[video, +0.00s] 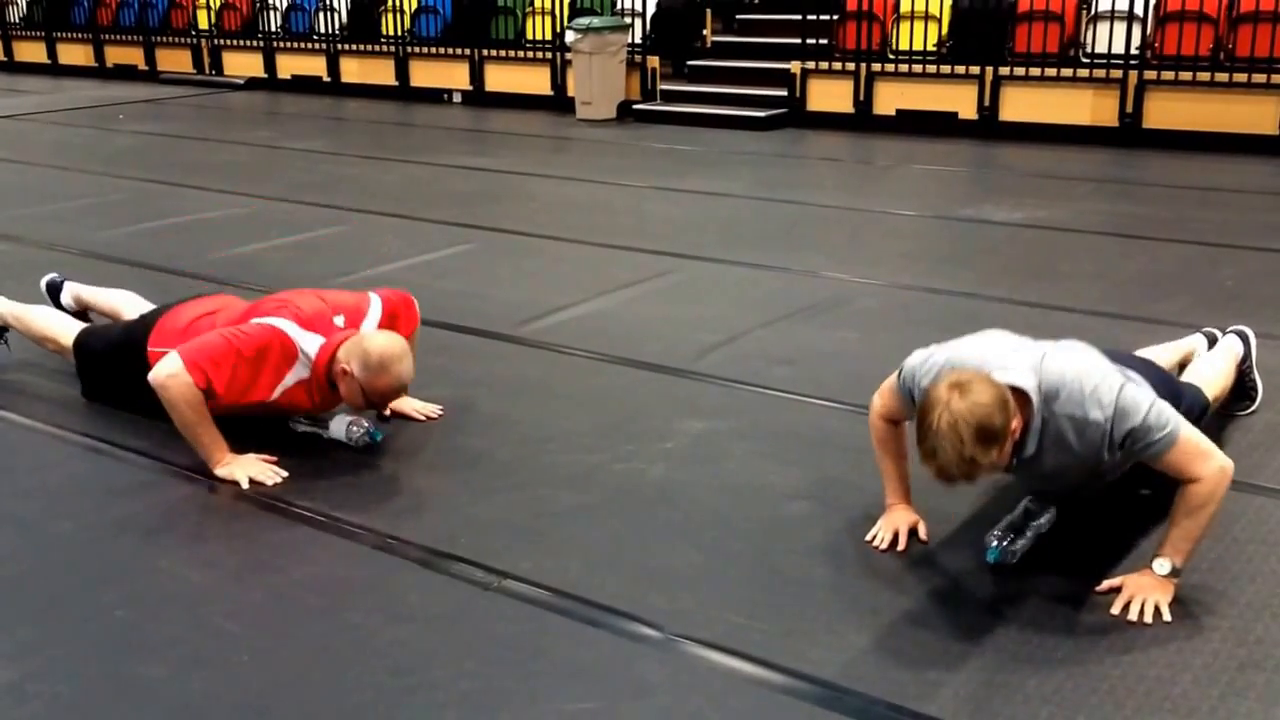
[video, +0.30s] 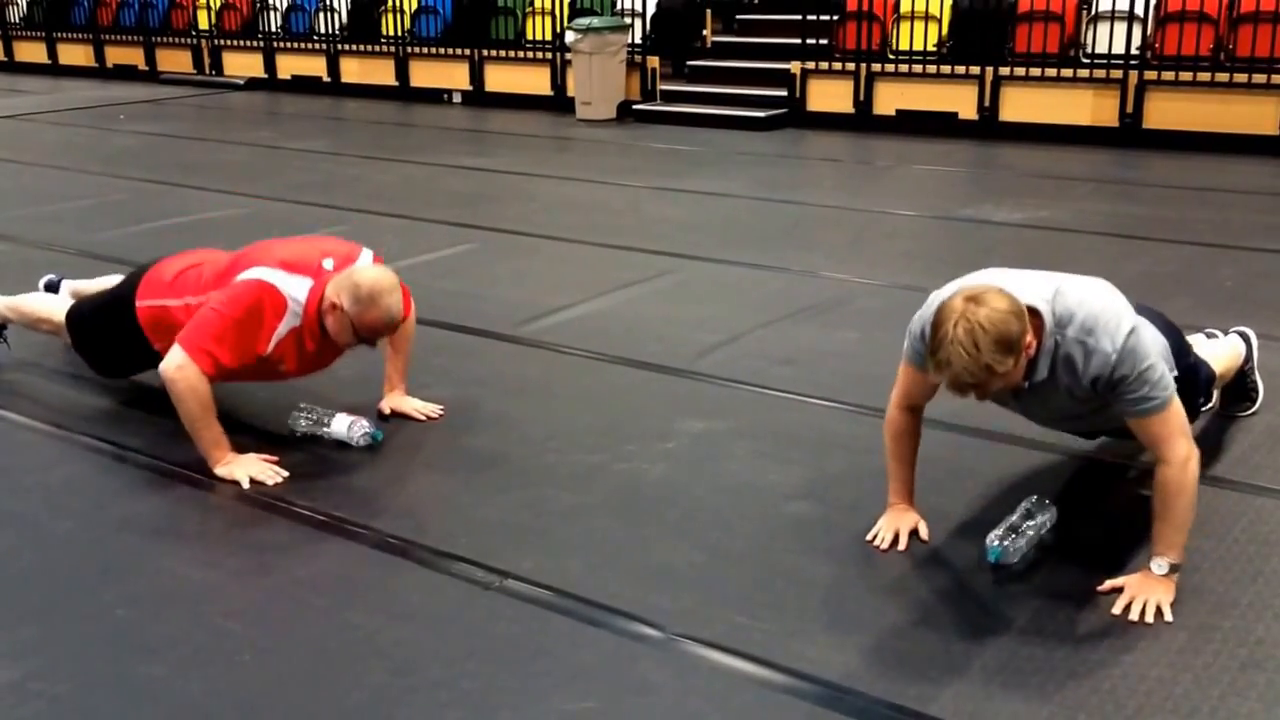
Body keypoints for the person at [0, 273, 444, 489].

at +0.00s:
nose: (364, 409)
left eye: (378, 405)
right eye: (360, 402)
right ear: (342, 369)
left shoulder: (392, 315)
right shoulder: (270, 347)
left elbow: (405, 312)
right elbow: (170, 379)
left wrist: (390, 393)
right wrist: (223, 459)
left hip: (221, 312)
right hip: (158, 342)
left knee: (141, 315)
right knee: (72, 341)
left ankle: (67, 291)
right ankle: (5, 307)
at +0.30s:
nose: (361, 343)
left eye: (372, 336)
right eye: (356, 332)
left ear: (389, 313)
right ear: (332, 304)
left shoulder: (370, 276)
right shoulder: (261, 300)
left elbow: (403, 318)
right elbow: (180, 371)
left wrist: (396, 390)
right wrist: (223, 458)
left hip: (203, 277)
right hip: (149, 307)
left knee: (128, 288)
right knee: (69, 319)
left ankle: (64, 286)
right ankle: (6, 309)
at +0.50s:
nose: (341, 283)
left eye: (352, 275)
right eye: (337, 269)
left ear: (364, 246)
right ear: (314, 237)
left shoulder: (345, 222)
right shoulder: (246, 244)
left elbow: (363, 307)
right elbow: (228, 353)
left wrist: (392, 388)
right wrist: (228, 453)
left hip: (188, 291)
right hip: (135, 287)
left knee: (101, 311)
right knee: (67, 309)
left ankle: (56, 302)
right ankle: (8, 303)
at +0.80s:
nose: (356, 378)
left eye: (366, 373)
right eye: (353, 370)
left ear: (392, 326)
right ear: (335, 339)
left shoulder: (377, 295)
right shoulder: (263, 321)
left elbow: (400, 309)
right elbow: (170, 372)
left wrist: (393, 388)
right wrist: (223, 458)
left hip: (206, 291)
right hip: (150, 326)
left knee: (141, 297)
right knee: (73, 330)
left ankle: (68, 288)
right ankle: (5, 306)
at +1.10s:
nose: (369, 386)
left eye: (379, 380)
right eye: (364, 378)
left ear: (399, 331)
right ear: (339, 351)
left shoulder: (380, 304)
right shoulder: (264, 337)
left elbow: (400, 305)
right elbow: (168, 377)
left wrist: (392, 386)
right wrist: (223, 457)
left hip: (215, 305)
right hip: (155, 337)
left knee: (141, 308)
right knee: (73, 339)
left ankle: (68, 289)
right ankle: (6, 307)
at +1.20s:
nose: (350, 358)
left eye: (364, 356)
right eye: (349, 349)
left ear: (390, 322)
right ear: (332, 317)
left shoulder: (374, 291)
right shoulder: (259, 312)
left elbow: (400, 317)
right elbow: (172, 374)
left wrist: (393, 388)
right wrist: (222, 457)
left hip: (200, 285)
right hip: (147, 322)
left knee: (133, 293)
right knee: (73, 326)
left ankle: (65, 286)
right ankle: (6, 307)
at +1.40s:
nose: (342, 292)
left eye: (355, 283)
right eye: (336, 279)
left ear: (366, 251)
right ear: (311, 250)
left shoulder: (349, 235)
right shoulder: (238, 250)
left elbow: (372, 308)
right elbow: (211, 350)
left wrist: (391, 388)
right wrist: (222, 454)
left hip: (191, 287)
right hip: (136, 287)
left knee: (106, 307)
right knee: (67, 311)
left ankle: (58, 297)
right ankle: (10, 302)